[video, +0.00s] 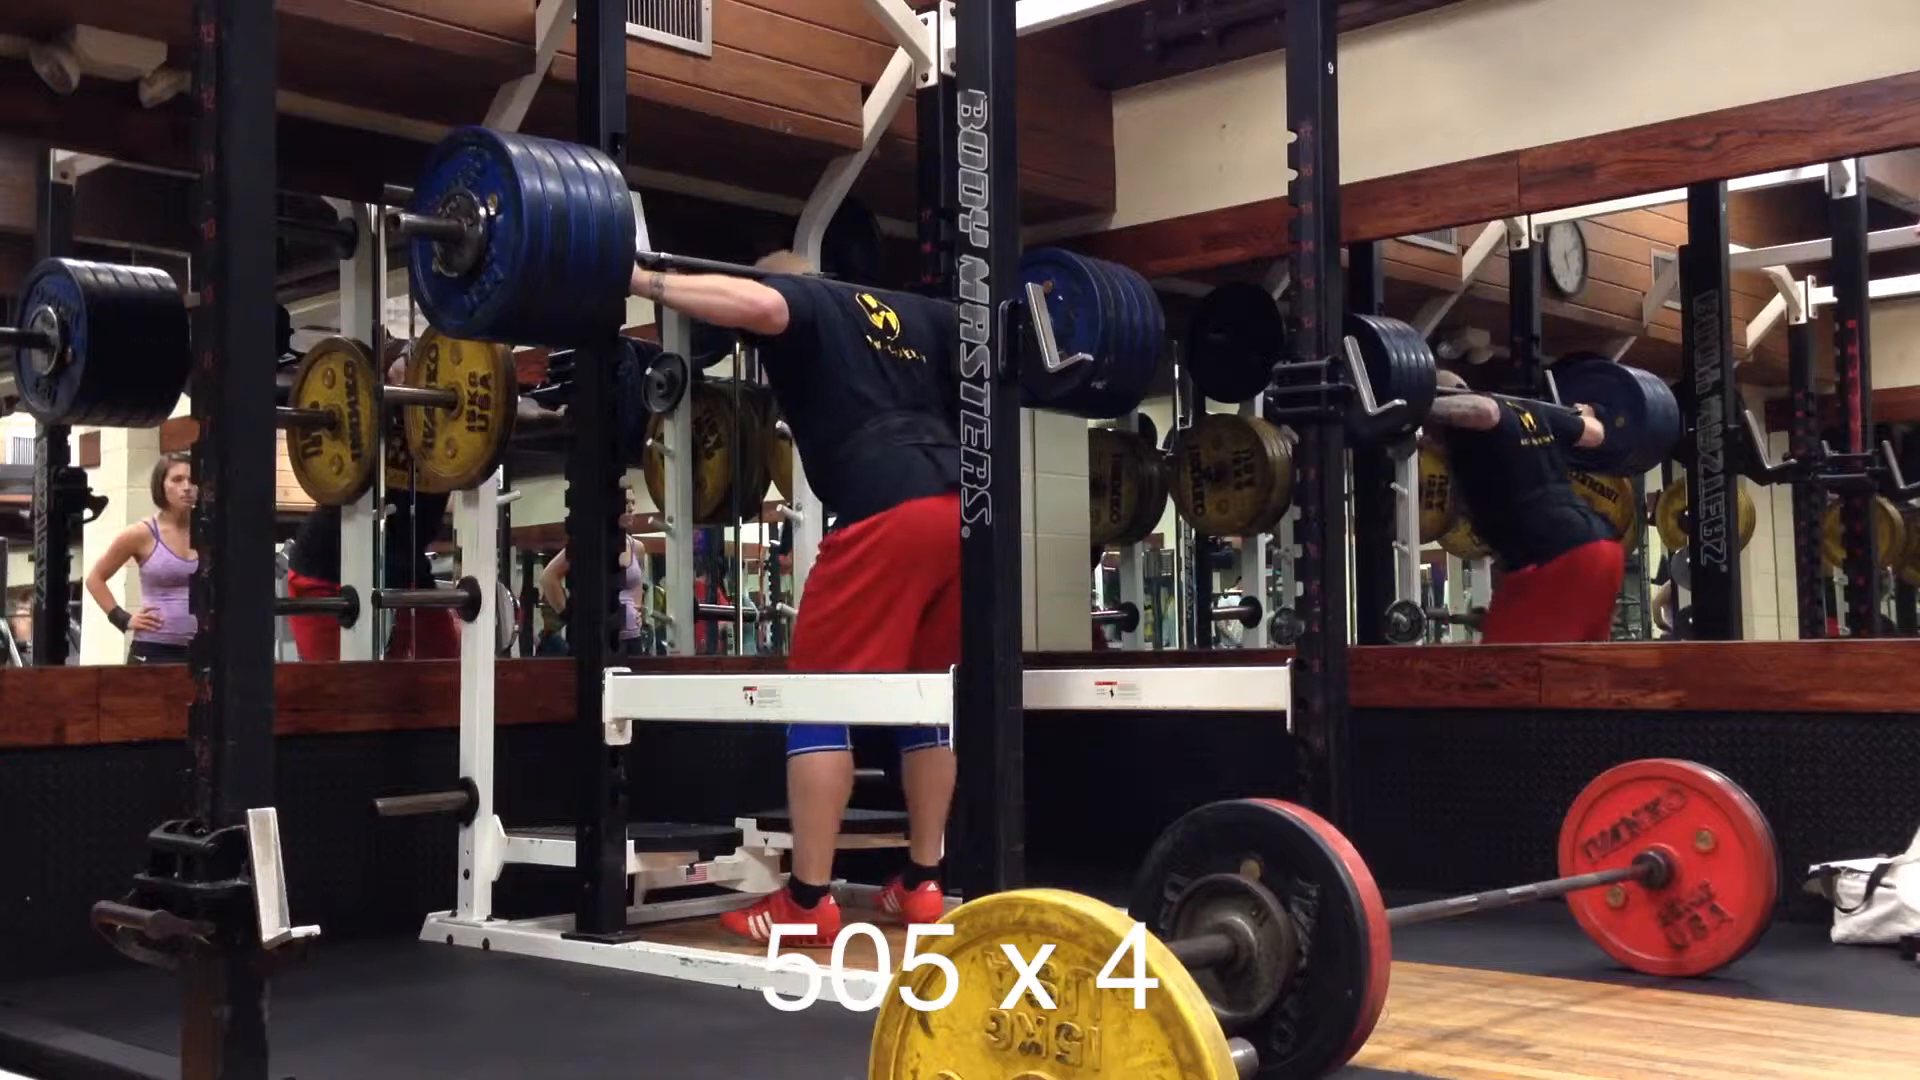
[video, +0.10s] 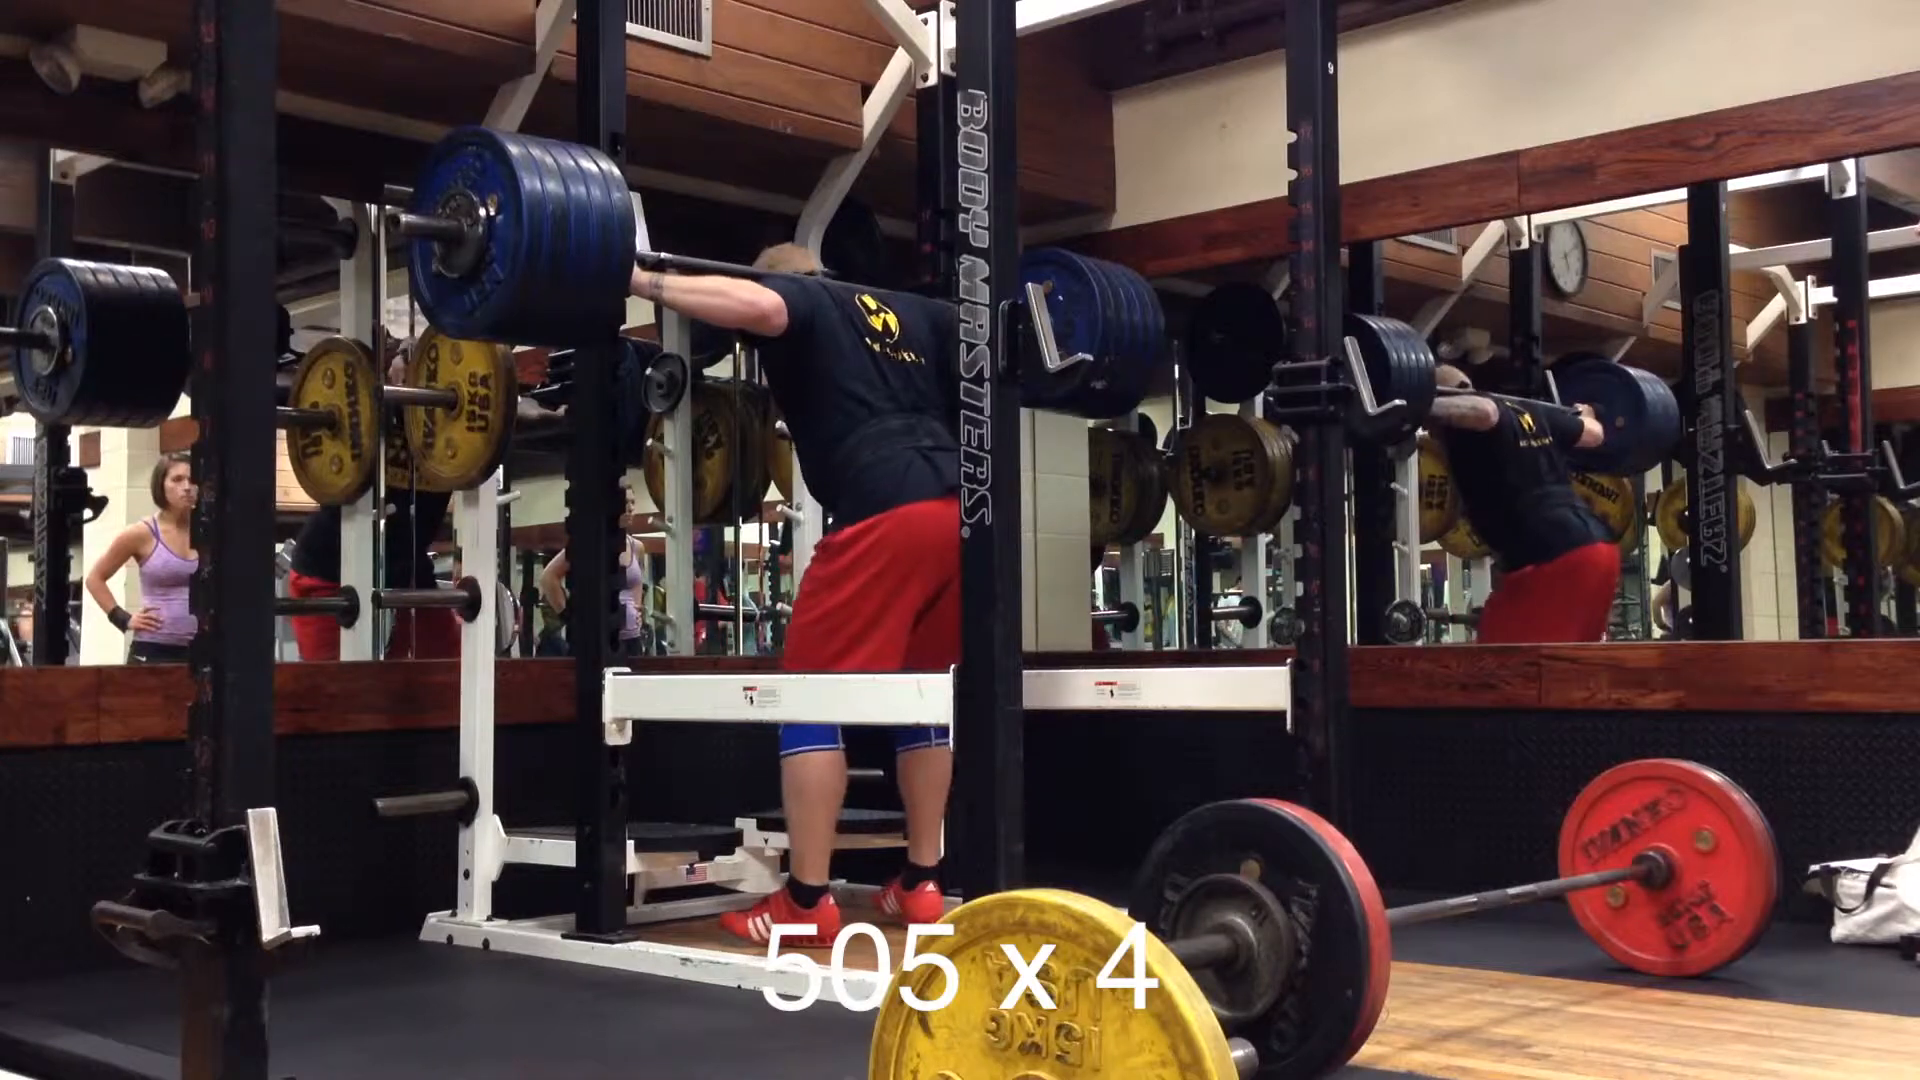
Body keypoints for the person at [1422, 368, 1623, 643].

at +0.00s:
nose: (1425, 432)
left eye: (1426, 420)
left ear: (1441, 407)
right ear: (1466, 389)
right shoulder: (1531, 410)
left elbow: (1486, 413)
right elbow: (1595, 433)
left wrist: (1411, 405)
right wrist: (1587, 414)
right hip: (1602, 552)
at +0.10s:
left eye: (1436, 399)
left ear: (1443, 397)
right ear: (1469, 383)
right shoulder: (1528, 411)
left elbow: (1486, 413)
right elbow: (1594, 434)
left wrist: (1414, 405)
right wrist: (1586, 414)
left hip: (1551, 564)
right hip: (1598, 554)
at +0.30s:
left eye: (1436, 389)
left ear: (1448, 389)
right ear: (1471, 381)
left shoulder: (1456, 412)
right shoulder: (1530, 411)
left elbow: (1483, 417)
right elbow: (1591, 437)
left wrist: (1413, 404)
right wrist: (1585, 416)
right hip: (1574, 567)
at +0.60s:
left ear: (1440, 386)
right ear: (1462, 376)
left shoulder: (1454, 404)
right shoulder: (1529, 408)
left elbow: (1483, 414)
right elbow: (1594, 431)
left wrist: (1412, 402)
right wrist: (1585, 411)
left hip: (1509, 569)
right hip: (1562, 565)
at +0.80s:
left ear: (1447, 362)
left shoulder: (1452, 388)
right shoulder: (1529, 395)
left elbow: (1483, 400)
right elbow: (1592, 419)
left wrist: (1412, 384)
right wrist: (1584, 398)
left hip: (1504, 558)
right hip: (1558, 555)